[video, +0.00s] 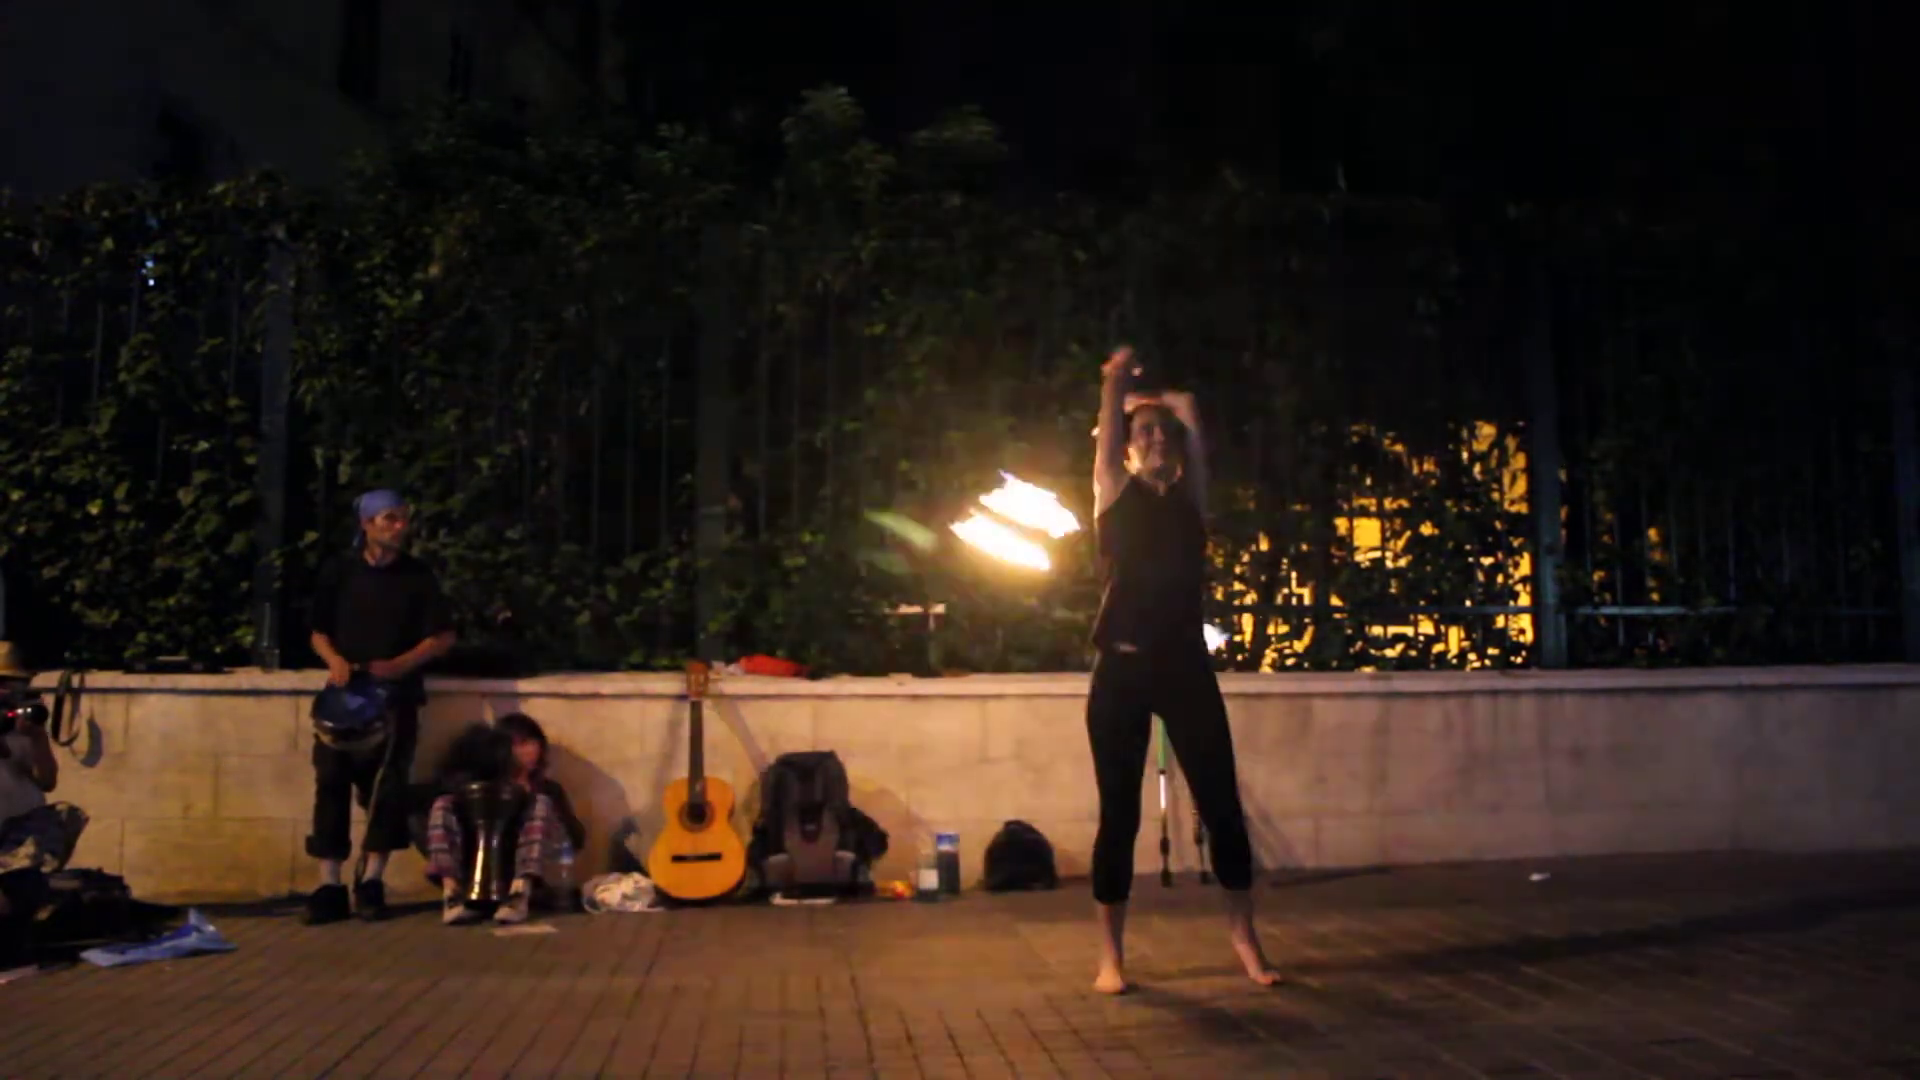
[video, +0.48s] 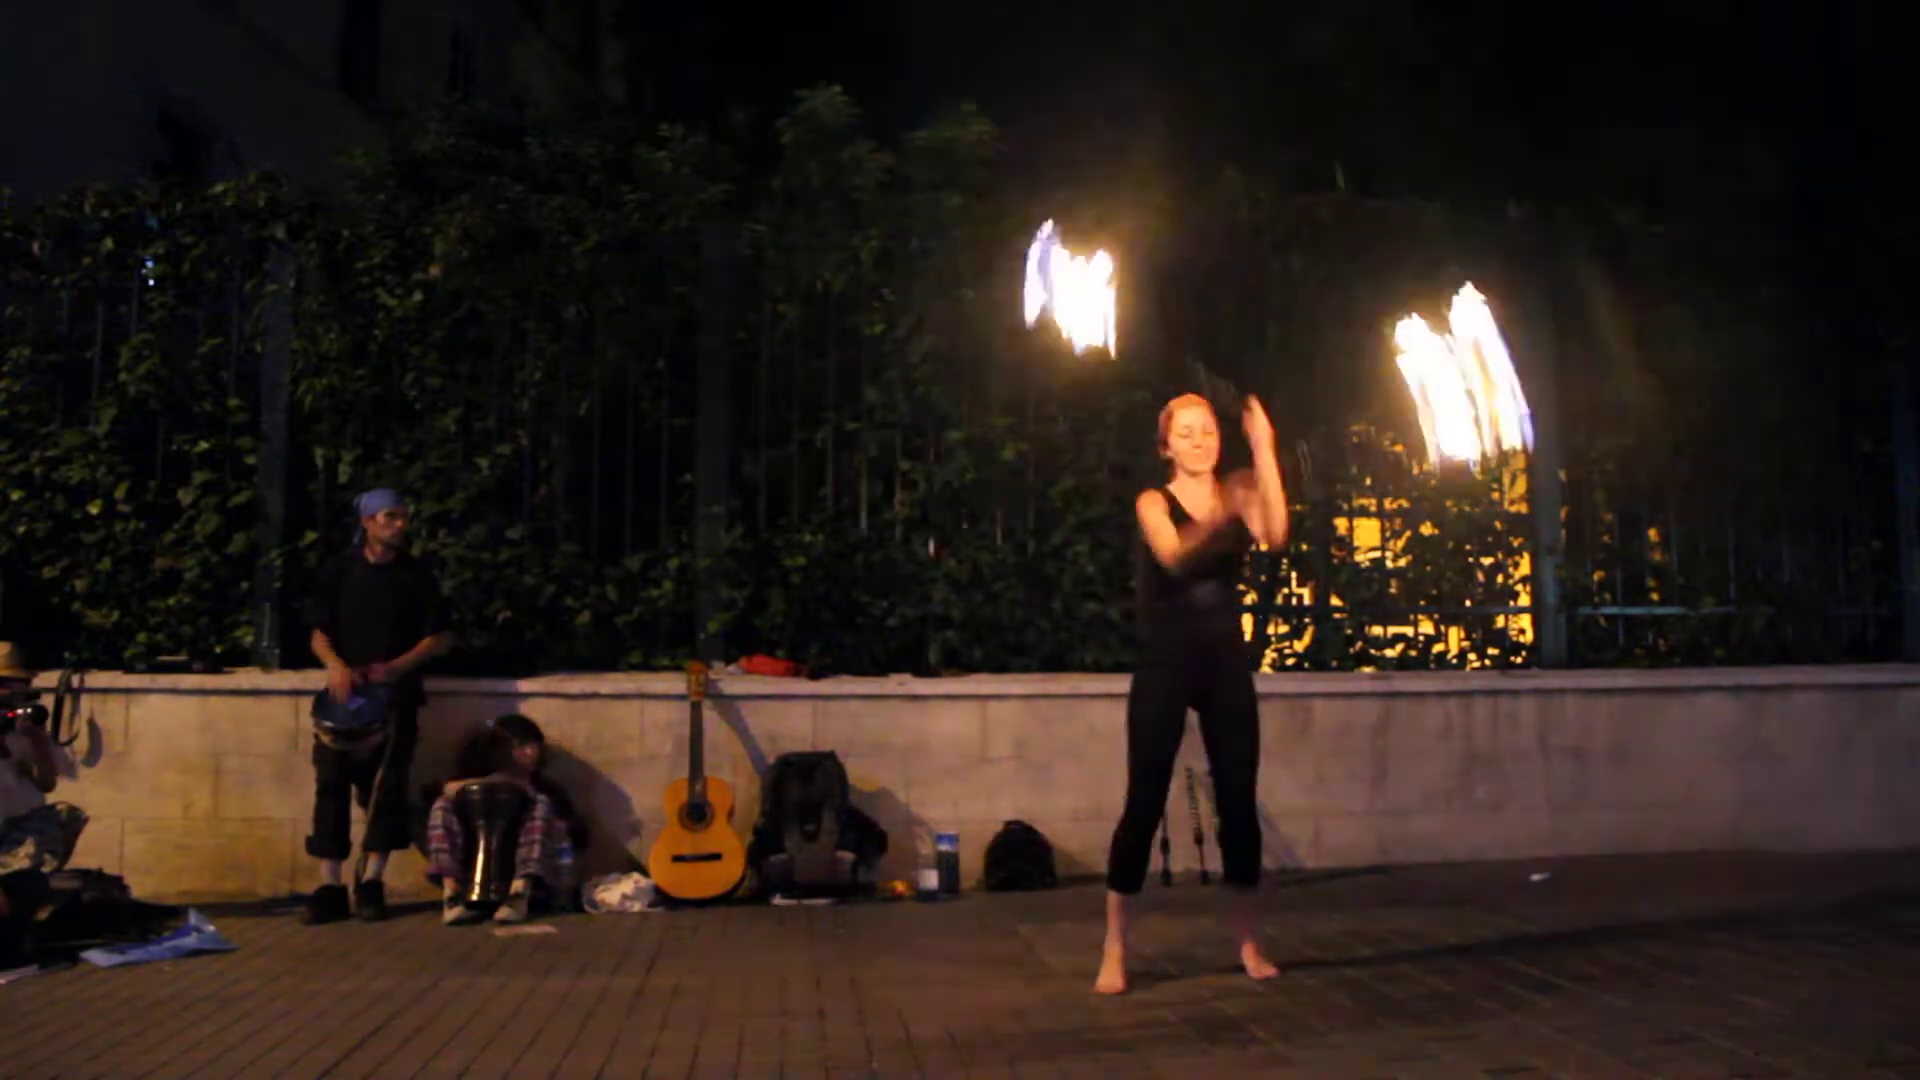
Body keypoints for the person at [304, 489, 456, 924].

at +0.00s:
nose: (401, 527)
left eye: (403, 520)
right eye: (391, 520)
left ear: (406, 525)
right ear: (367, 525)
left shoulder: (418, 575)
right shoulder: (340, 572)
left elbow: (442, 637)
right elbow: (316, 630)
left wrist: (395, 666)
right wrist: (334, 660)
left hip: (395, 696)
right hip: (344, 692)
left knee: (388, 786)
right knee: (331, 784)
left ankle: (371, 880)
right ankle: (330, 882)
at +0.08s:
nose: (400, 527)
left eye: (402, 520)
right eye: (391, 520)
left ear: (403, 525)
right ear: (367, 524)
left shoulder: (418, 575)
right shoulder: (340, 572)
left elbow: (441, 637)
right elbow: (317, 630)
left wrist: (398, 667)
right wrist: (335, 652)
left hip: (397, 694)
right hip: (345, 690)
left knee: (390, 784)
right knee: (331, 782)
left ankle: (371, 881)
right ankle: (330, 882)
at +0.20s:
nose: (400, 525)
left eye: (403, 518)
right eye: (391, 518)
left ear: (405, 524)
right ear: (366, 523)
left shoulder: (417, 574)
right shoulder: (340, 571)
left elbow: (441, 637)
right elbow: (315, 627)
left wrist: (397, 667)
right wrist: (336, 652)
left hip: (396, 694)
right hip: (345, 691)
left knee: (389, 786)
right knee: (332, 784)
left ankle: (371, 881)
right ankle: (331, 883)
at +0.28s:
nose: (400, 526)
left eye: (403, 519)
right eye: (391, 519)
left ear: (405, 525)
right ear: (367, 524)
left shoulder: (417, 574)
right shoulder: (339, 571)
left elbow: (440, 637)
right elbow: (313, 628)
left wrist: (397, 664)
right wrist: (337, 659)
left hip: (396, 694)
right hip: (344, 690)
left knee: (390, 785)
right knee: (331, 783)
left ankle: (371, 881)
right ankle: (331, 883)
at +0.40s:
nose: (401, 525)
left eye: (403, 518)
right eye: (392, 518)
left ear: (404, 525)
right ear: (367, 523)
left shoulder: (417, 574)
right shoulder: (340, 572)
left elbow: (441, 637)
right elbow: (318, 631)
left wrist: (398, 666)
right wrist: (333, 647)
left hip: (396, 693)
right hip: (345, 689)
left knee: (390, 783)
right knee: (331, 781)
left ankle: (371, 881)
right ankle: (330, 883)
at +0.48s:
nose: (401, 525)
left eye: (404, 518)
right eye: (391, 518)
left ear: (405, 524)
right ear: (367, 523)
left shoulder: (417, 574)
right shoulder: (338, 571)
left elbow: (440, 637)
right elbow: (316, 631)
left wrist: (395, 667)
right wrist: (335, 667)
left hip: (395, 696)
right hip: (343, 693)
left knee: (388, 786)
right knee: (331, 786)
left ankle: (371, 881)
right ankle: (331, 883)